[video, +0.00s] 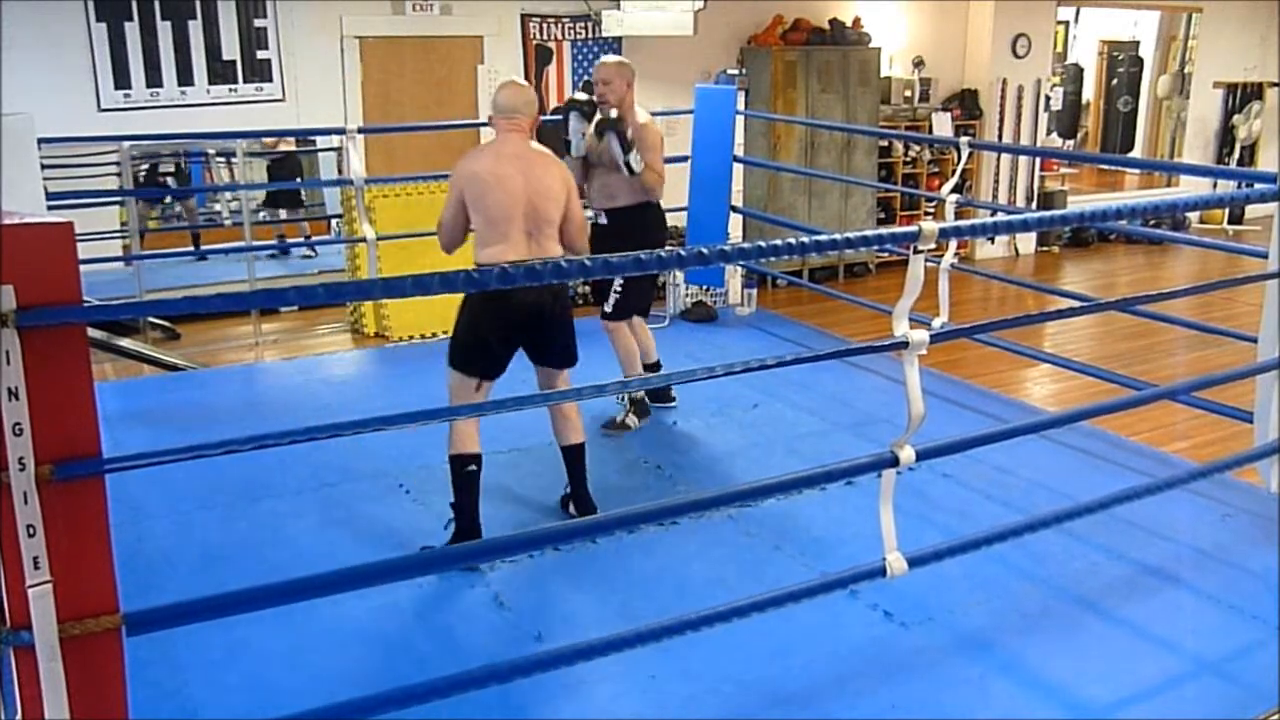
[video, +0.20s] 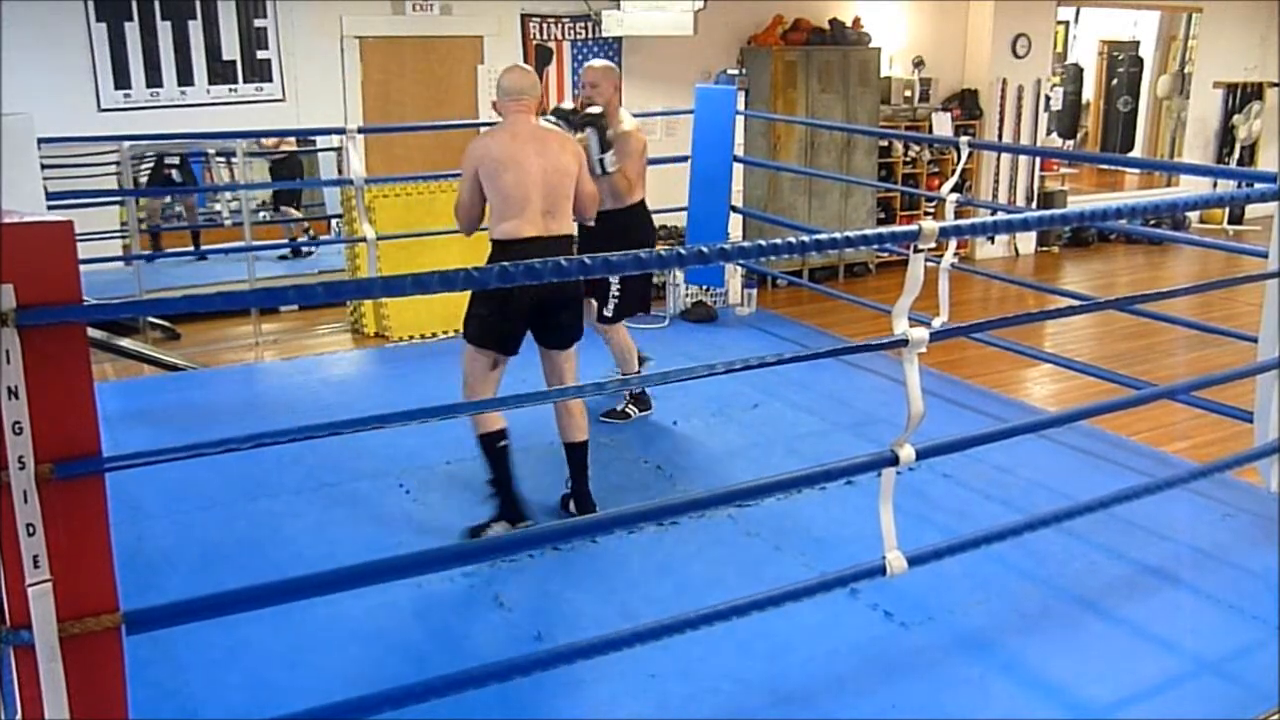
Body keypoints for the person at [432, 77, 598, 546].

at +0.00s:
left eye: (495, 115)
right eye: (533, 117)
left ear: (491, 119)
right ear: (535, 121)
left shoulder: (471, 165)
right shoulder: (557, 168)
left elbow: (449, 240)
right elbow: (578, 244)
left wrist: (482, 207)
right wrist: (543, 217)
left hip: (491, 298)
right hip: (549, 294)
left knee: (465, 409)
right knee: (561, 394)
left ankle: (467, 526)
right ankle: (581, 496)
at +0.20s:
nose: (502, 105)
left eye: (498, 98)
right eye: (542, 97)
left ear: (497, 101)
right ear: (541, 101)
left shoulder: (482, 147)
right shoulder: (569, 144)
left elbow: (466, 221)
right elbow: (588, 209)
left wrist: (498, 190)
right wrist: (550, 185)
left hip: (507, 270)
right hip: (563, 265)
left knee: (479, 389)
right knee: (565, 384)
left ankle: (509, 508)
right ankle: (582, 495)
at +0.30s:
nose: (497, 108)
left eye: (495, 100)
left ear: (496, 104)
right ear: (538, 102)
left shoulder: (481, 147)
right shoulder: (564, 143)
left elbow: (470, 208)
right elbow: (583, 207)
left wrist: (485, 150)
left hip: (512, 272)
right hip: (566, 265)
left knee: (500, 393)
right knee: (567, 379)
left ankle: (541, 507)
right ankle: (584, 492)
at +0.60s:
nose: (494, 113)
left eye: (494, 107)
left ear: (498, 110)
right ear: (538, 108)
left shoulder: (485, 157)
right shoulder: (570, 149)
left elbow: (472, 216)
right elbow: (597, 209)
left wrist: (492, 177)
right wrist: (558, 195)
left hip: (526, 271)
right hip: (574, 262)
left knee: (520, 388)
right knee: (562, 341)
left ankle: (544, 507)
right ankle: (572, 426)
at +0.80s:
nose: (521, 128)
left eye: (525, 123)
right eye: (526, 121)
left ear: (530, 131)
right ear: (564, 128)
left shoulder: (522, 176)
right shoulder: (583, 163)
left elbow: (505, 244)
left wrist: (500, 212)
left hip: (542, 280)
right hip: (585, 275)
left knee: (528, 387)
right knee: (565, 348)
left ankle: (543, 506)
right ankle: (585, 426)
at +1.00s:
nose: (555, 113)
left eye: (553, 107)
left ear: (551, 111)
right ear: (586, 117)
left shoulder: (526, 144)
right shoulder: (602, 155)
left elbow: (488, 160)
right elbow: (617, 218)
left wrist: (479, 132)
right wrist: (582, 203)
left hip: (545, 252)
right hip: (592, 251)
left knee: (553, 365)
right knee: (582, 345)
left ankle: (595, 469)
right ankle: (582, 425)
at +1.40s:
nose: (505, 121)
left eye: (504, 115)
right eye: (505, 115)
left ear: (510, 113)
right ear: (541, 104)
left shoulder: (519, 148)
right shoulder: (577, 135)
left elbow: (514, 218)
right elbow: (608, 193)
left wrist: (489, 200)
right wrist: (563, 193)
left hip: (556, 245)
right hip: (596, 237)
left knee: (548, 357)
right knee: (581, 339)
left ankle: (594, 458)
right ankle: (582, 421)